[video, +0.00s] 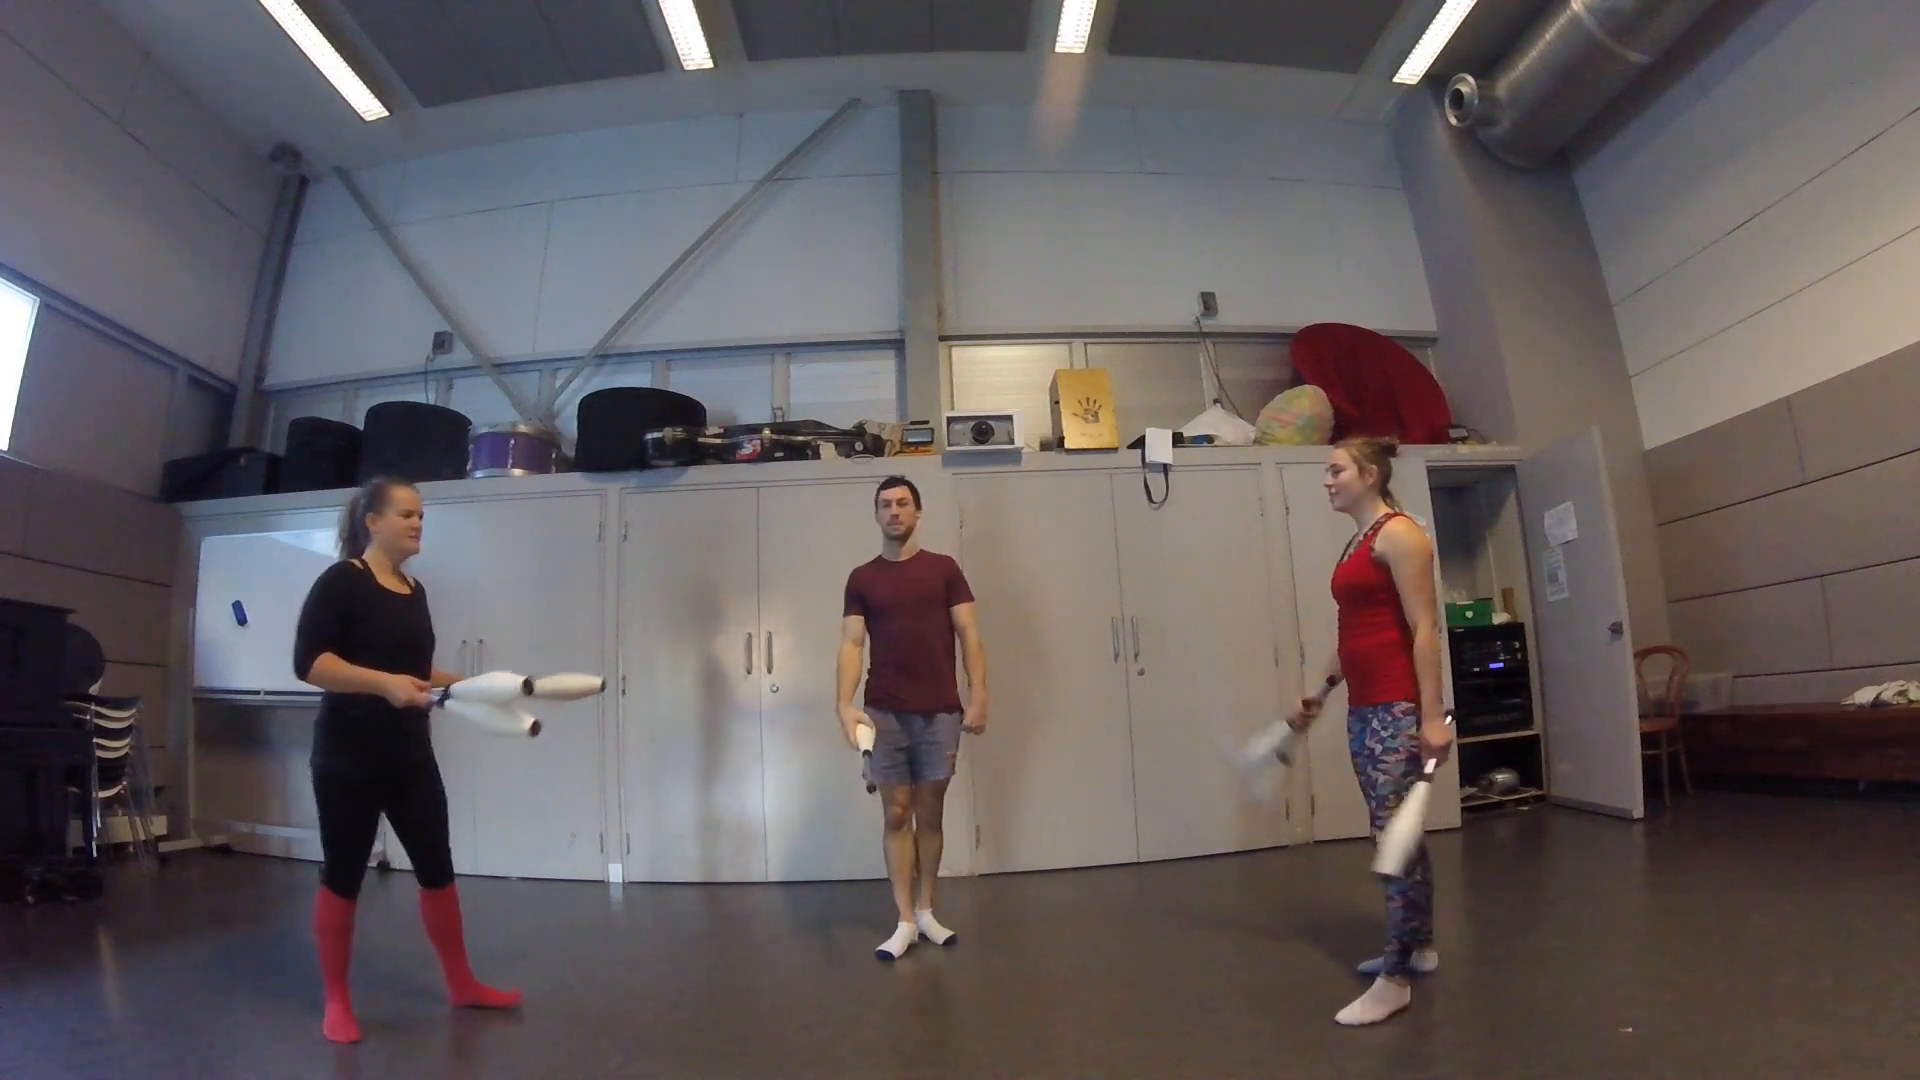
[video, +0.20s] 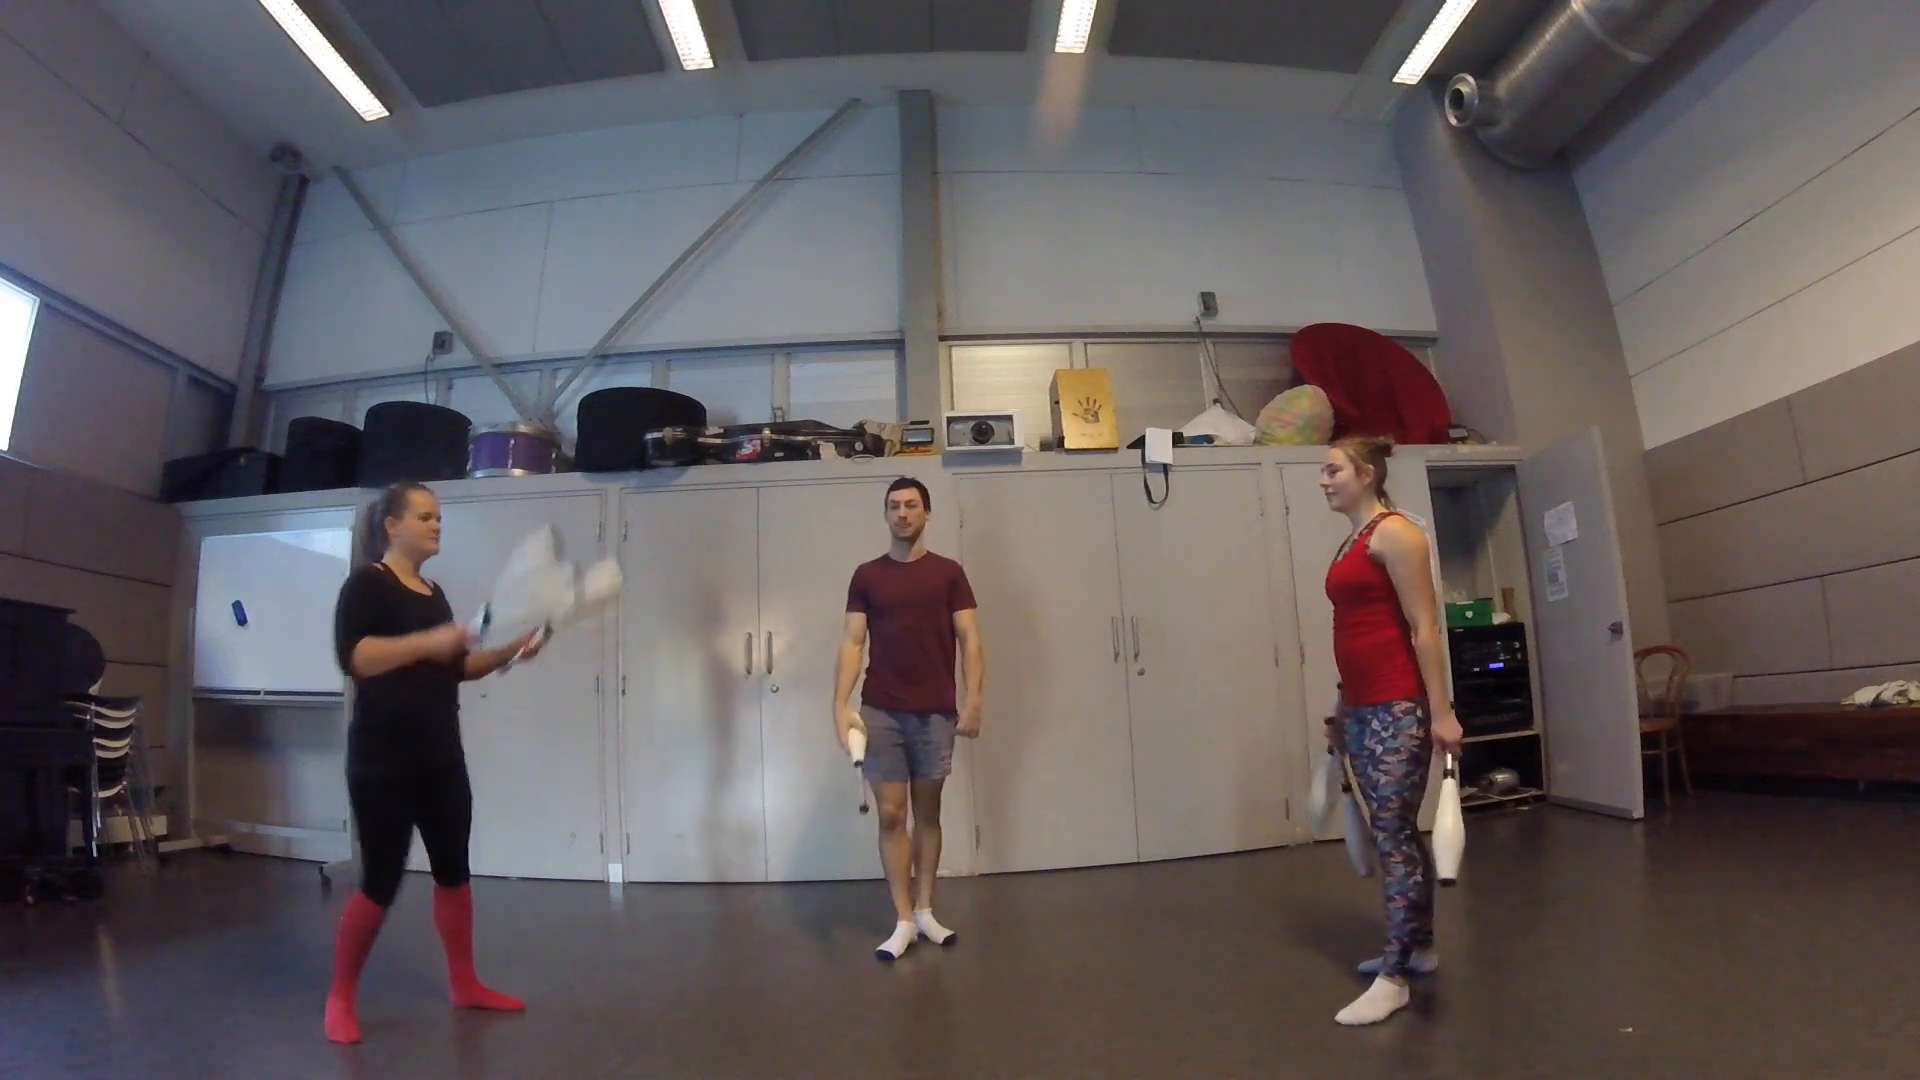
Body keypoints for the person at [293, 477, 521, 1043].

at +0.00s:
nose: (419, 525)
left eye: (421, 517)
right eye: (408, 516)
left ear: (415, 527)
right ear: (371, 522)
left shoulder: (412, 591)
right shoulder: (338, 583)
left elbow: (412, 670)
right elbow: (310, 663)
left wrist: (473, 687)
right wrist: (385, 683)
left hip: (409, 752)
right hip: (348, 753)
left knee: (436, 869)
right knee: (342, 875)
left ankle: (462, 986)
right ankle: (337, 1002)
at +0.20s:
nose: (437, 528)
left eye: (438, 520)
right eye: (426, 518)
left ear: (430, 529)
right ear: (390, 525)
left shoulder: (433, 593)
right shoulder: (364, 586)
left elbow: (450, 668)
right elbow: (356, 657)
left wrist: (508, 653)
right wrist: (429, 643)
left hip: (440, 755)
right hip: (381, 759)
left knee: (453, 872)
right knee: (380, 882)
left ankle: (465, 986)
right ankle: (342, 997)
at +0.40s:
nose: (451, 523)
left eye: (451, 515)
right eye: (439, 514)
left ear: (447, 529)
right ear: (403, 524)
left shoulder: (448, 593)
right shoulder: (380, 581)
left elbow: (493, 646)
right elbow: (403, 626)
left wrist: (530, 597)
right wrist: (457, 569)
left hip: (454, 750)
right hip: (401, 754)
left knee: (459, 871)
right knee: (424, 876)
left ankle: (465, 985)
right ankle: (394, 1000)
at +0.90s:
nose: (460, 519)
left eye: (461, 511)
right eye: (449, 510)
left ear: (454, 523)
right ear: (413, 519)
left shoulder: (460, 588)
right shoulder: (389, 582)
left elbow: (503, 646)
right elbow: (418, 643)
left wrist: (531, 596)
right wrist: (490, 610)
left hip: (457, 750)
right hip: (402, 753)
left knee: (458, 871)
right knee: (403, 875)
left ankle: (465, 986)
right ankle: (404, 1004)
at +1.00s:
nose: (465, 519)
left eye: (465, 510)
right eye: (454, 510)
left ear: (458, 522)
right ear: (417, 519)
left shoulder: (462, 586)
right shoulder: (395, 582)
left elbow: (505, 645)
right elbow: (400, 660)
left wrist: (536, 590)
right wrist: (481, 671)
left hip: (457, 748)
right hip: (402, 751)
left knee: (457, 871)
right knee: (403, 875)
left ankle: (465, 986)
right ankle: (404, 1005)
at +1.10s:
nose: (469, 518)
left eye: (470, 510)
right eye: (458, 510)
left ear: (463, 523)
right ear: (422, 520)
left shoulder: (467, 587)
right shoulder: (401, 584)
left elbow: (508, 644)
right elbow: (391, 669)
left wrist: (538, 587)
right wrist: (455, 723)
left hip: (461, 749)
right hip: (405, 751)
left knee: (457, 872)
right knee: (404, 876)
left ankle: (465, 986)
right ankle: (404, 1006)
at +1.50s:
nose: (476, 519)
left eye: (476, 510)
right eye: (465, 510)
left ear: (467, 521)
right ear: (429, 520)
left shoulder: (468, 585)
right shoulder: (415, 583)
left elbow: (492, 656)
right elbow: (434, 661)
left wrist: (549, 625)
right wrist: (513, 691)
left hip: (462, 750)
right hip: (412, 753)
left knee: (459, 869)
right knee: (408, 873)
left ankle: (466, 987)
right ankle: (404, 1006)